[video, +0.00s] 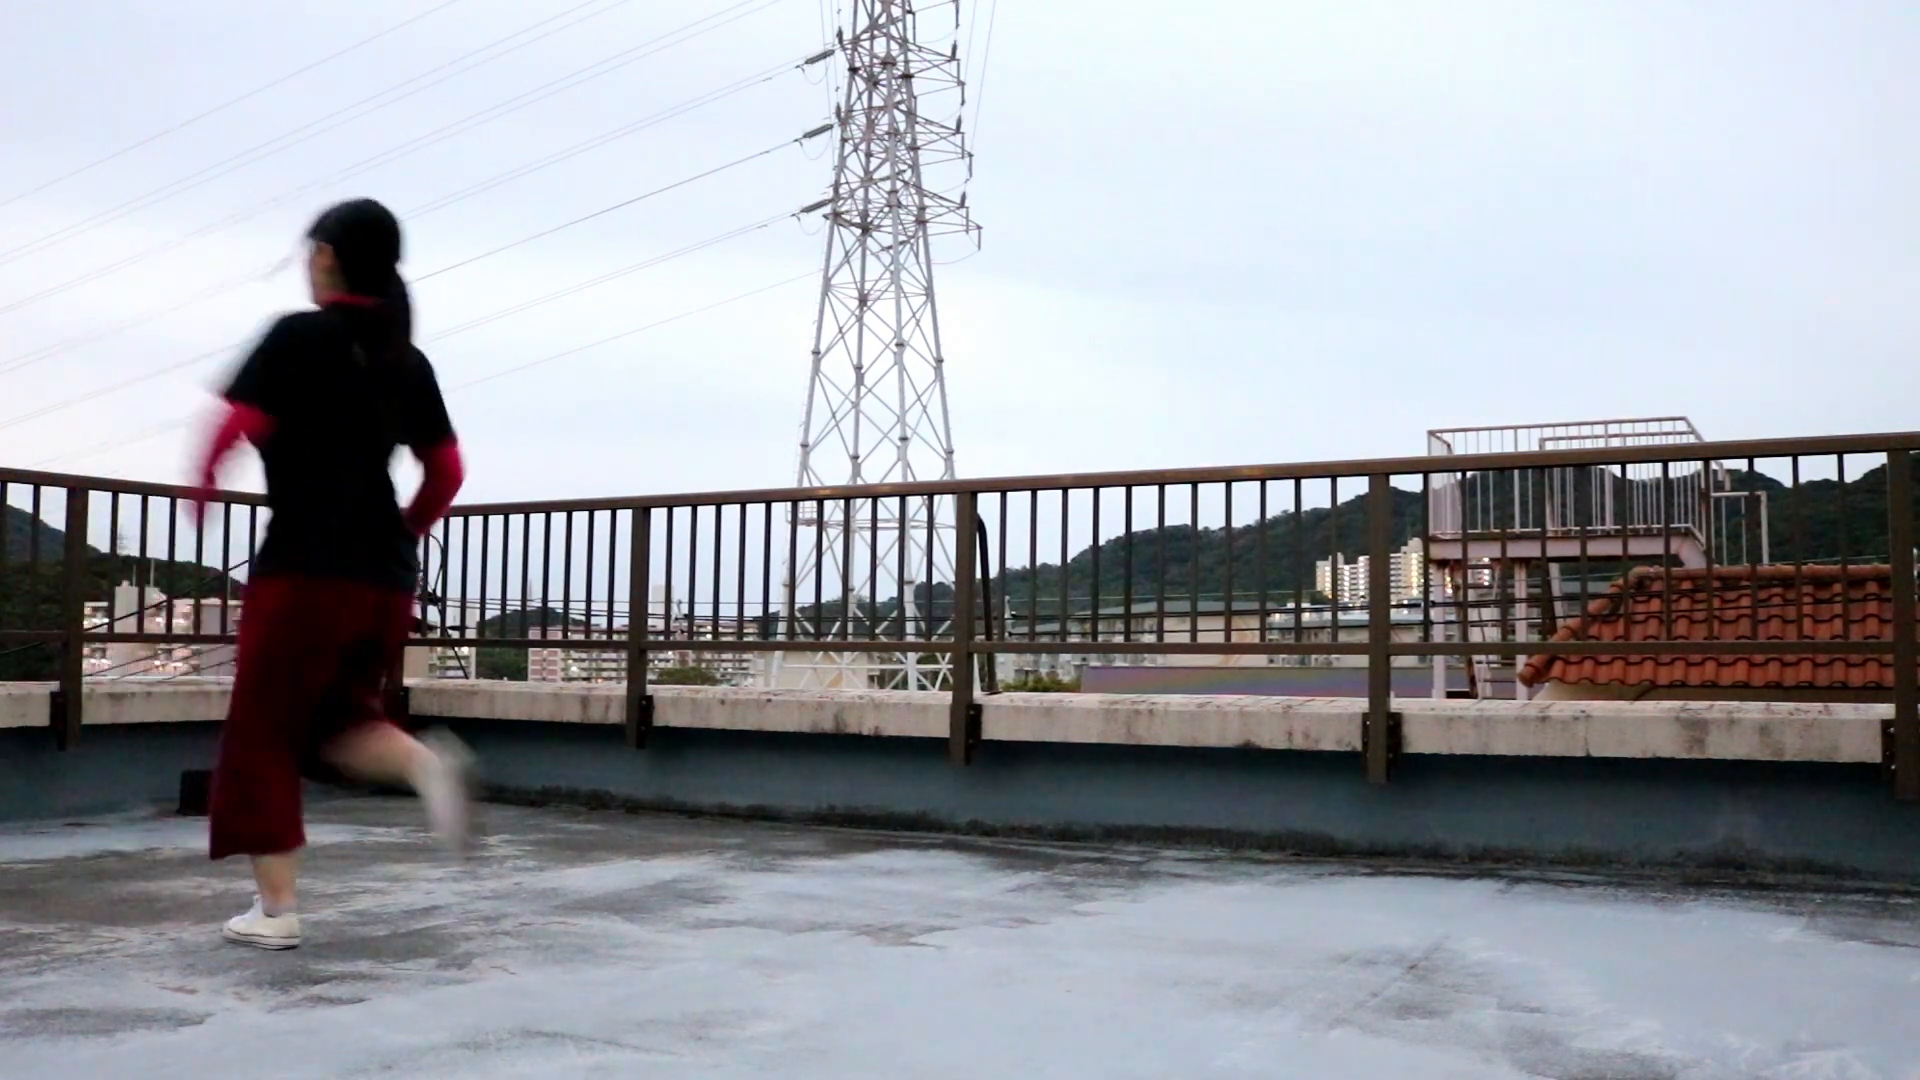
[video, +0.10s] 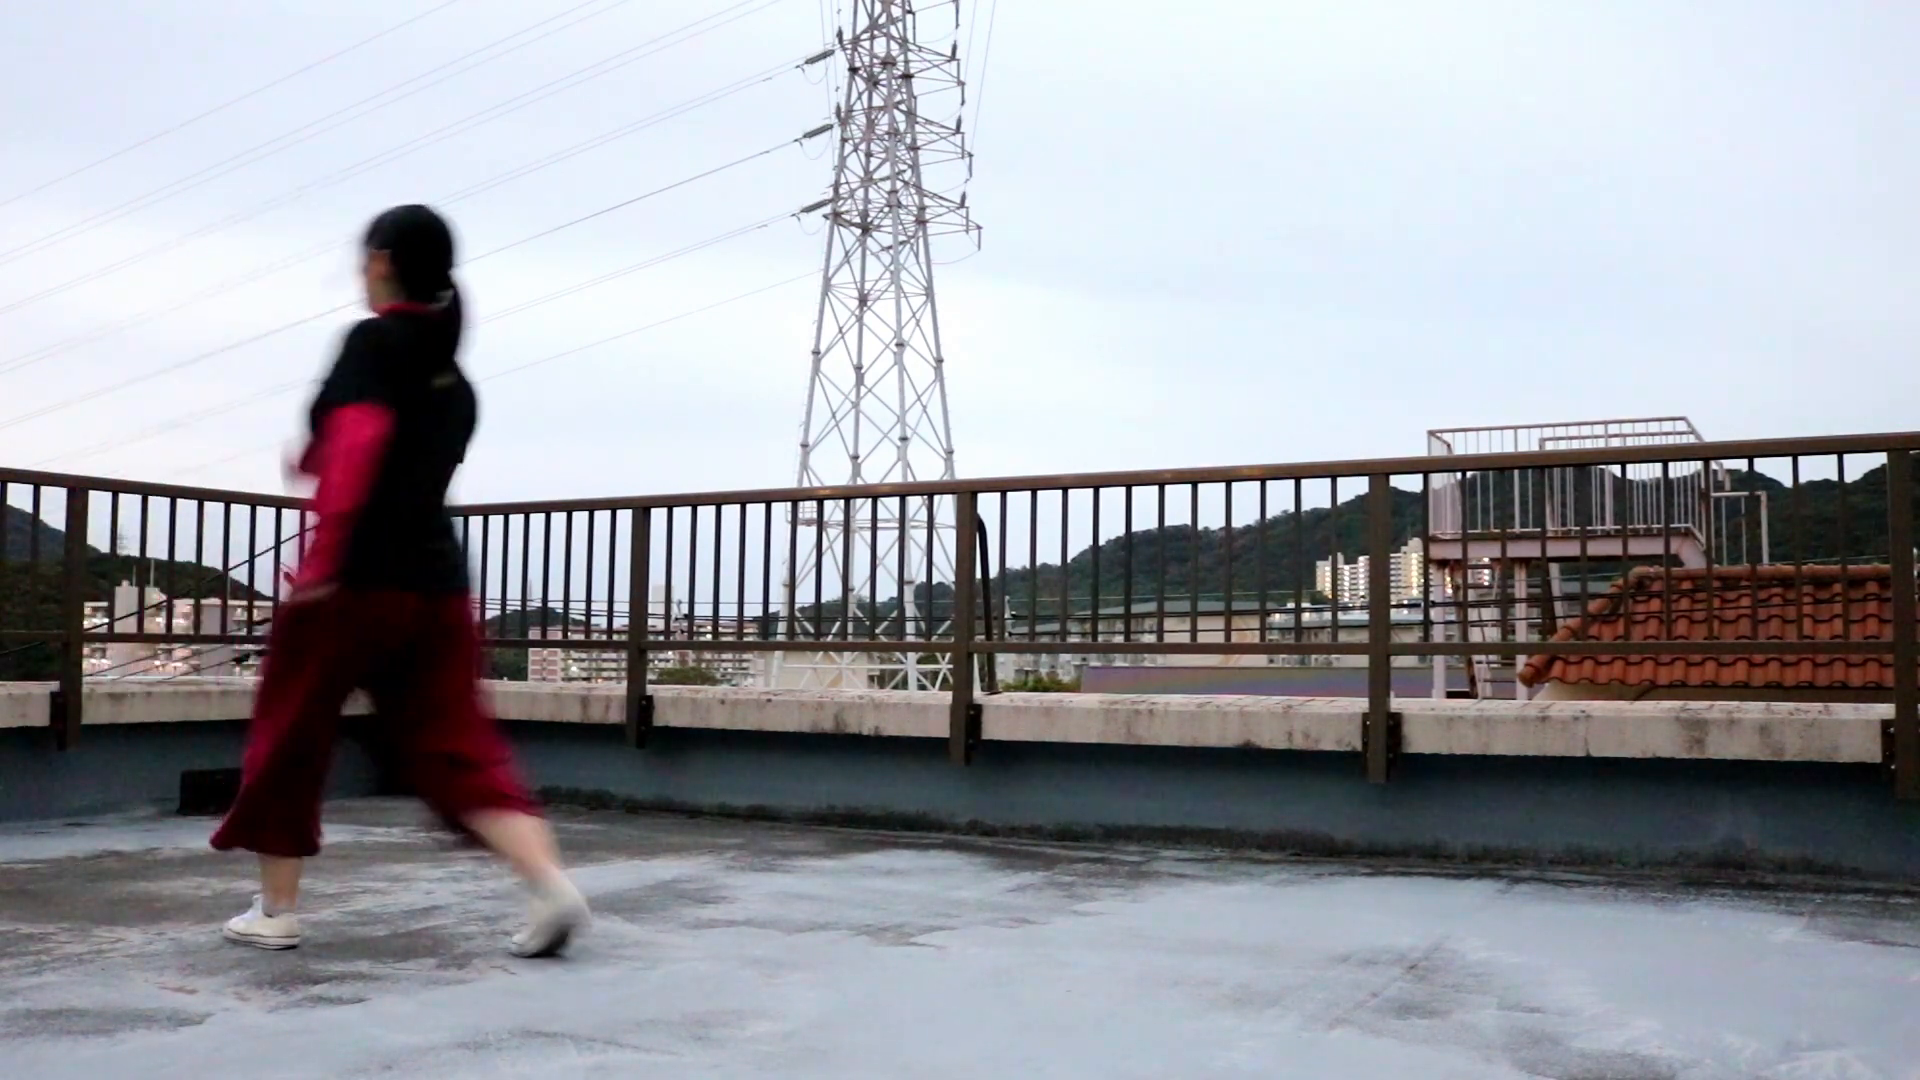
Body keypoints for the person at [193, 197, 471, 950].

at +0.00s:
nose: (307, 265)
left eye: (313, 254)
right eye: (312, 253)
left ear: (328, 262)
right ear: (385, 268)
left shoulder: (296, 336)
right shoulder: (406, 358)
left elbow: (239, 421)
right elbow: (446, 470)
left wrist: (205, 477)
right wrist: (404, 529)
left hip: (299, 568)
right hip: (381, 569)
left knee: (263, 728)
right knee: (334, 725)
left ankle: (276, 909)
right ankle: (424, 761)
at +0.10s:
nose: (362, 270)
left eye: (367, 259)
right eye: (367, 258)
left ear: (384, 267)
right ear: (437, 272)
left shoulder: (372, 346)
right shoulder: (451, 376)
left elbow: (355, 446)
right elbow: (415, 467)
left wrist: (320, 561)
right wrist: (323, 460)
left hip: (351, 580)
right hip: (433, 584)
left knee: (289, 726)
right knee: (448, 737)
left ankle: (276, 908)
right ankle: (553, 888)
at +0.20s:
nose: (416, 252)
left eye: (423, 240)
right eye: (422, 240)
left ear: (441, 250)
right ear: (481, 258)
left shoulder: (458, 328)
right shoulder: (459, 332)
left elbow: (481, 394)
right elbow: (423, 410)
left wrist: (474, 467)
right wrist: (366, 374)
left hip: (435, 565)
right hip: (506, 565)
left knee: (353, 709)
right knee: (530, 727)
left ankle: (290, 891)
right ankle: (573, 921)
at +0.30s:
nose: (468, 229)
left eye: (475, 216)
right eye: (473, 217)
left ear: (496, 223)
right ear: (539, 232)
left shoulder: (497, 284)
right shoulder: (526, 305)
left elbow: (559, 315)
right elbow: (483, 396)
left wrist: (585, 401)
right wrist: (410, 362)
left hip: (502, 533)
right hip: (581, 540)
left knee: (409, 668)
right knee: (568, 718)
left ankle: (436, 819)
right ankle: (575, 922)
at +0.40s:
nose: (525, 209)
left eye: (533, 198)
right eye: (531, 198)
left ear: (553, 210)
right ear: (592, 221)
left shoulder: (552, 290)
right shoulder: (584, 301)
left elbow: (601, 363)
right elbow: (577, 427)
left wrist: (615, 460)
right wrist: (500, 462)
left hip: (559, 535)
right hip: (631, 534)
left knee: (480, 700)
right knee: (610, 719)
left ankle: (610, 747)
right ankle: (586, 920)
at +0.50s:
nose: (585, 229)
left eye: (592, 215)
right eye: (589, 215)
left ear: (616, 219)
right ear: (658, 226)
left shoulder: (603, 300)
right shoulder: (679, 316)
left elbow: (601, 418)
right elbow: (696, 456)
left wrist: (560, 539)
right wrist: (627, 505)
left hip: (614, 559)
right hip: (677, 559)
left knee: (587, 741)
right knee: (626, 736)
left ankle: (781, 817)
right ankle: (583, 922)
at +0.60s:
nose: (645, 215)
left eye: (654, 202)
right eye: (652, 201)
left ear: (680, 212)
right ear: (724, 218)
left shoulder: (651, 295)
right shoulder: (750, 308)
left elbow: (582, 392)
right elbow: (812, 429)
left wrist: (529, 466)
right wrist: (853, 542)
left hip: (678, 555)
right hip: (740, 550)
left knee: (741, 737)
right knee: (639, 726)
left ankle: (870, 929)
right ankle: (585, 920)